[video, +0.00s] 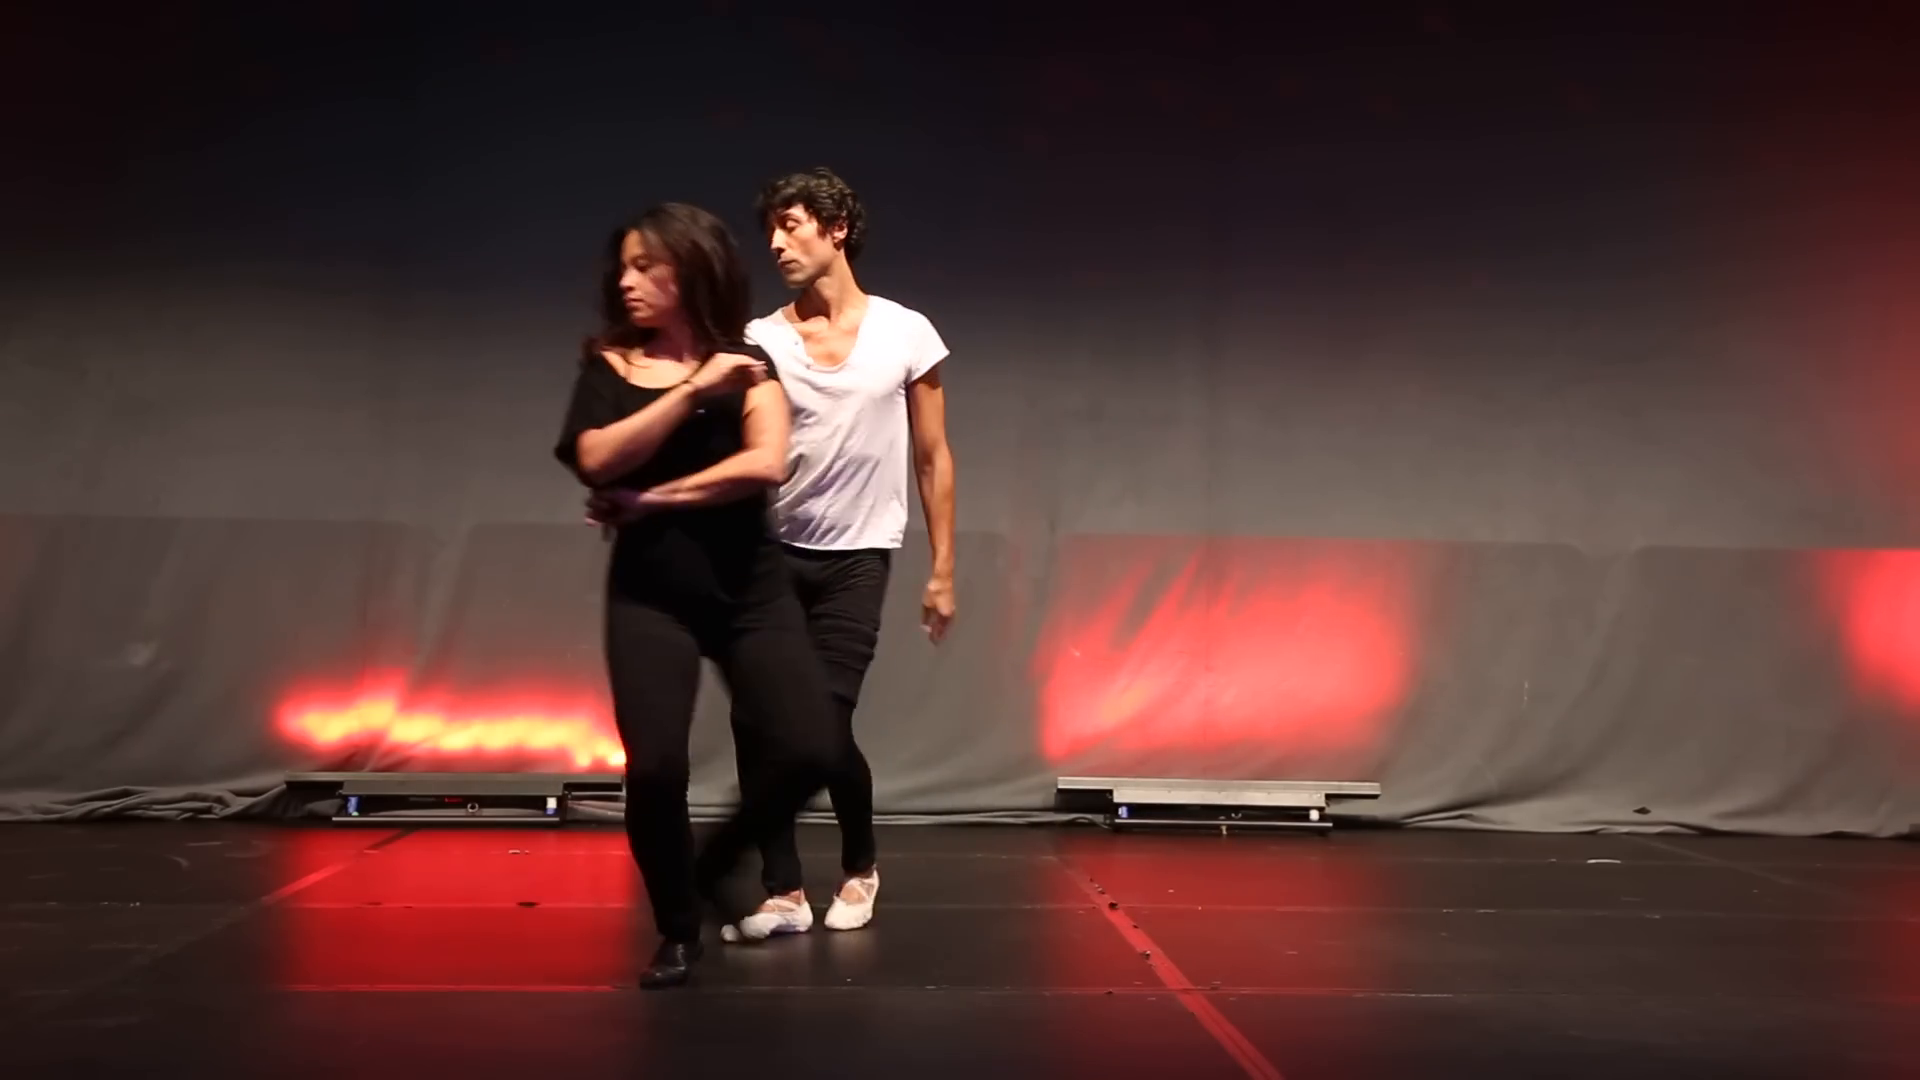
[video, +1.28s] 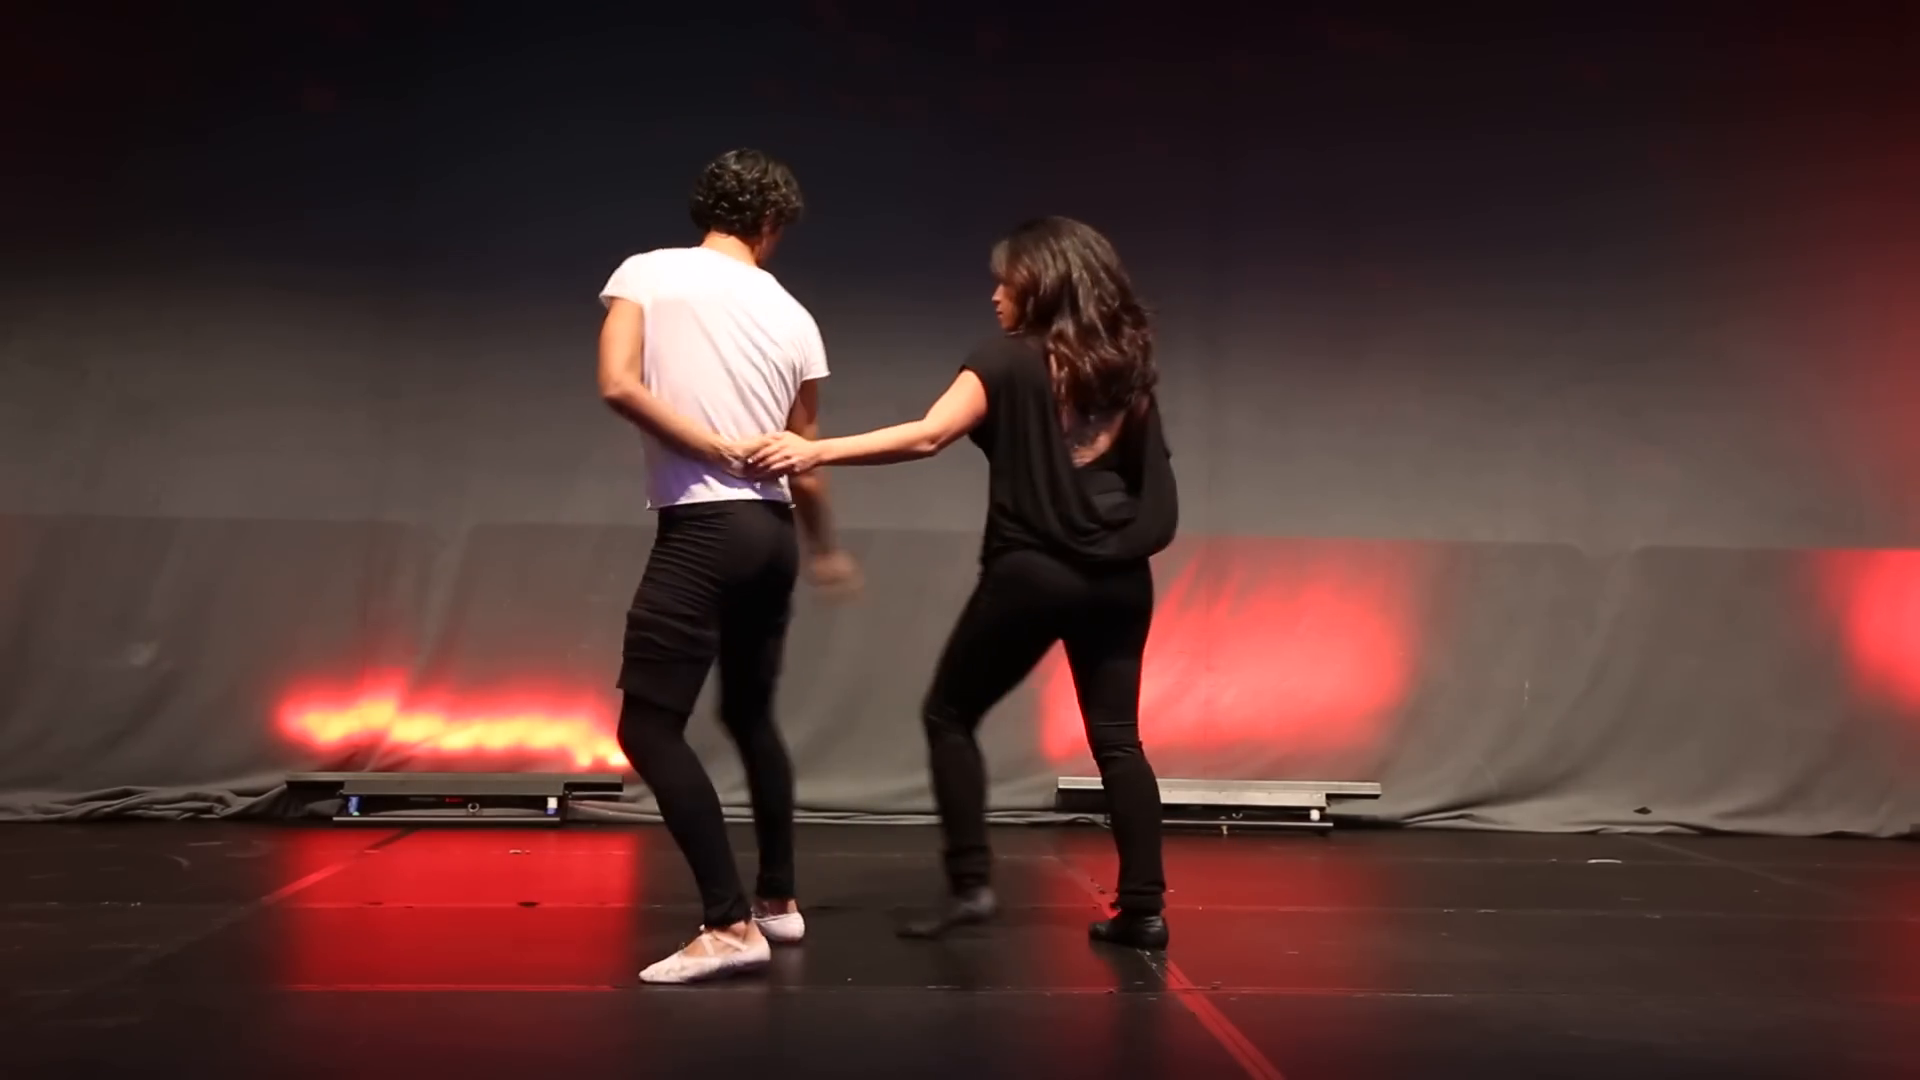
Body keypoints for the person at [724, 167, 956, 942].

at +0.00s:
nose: (778, 244)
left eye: (792, 228)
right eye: (773, 232)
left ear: (839, 232)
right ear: (777, 247)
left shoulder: (905, 332)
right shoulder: (761, 340)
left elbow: (934, 457)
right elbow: (736, 449)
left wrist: (942, 570)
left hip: (857, 560)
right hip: (772, 557)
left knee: (825, 727)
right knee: (761, 724)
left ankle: (859, 869)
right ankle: (783, 891)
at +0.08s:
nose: (774, 248)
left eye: (787, 232)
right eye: (769, 236)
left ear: (834, 234)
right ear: (770, 250)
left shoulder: (901, 332)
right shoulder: (763, 335)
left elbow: (934, 450)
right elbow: (727, 435)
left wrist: (938, 559)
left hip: (850, 554)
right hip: (761, 549)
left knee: (835, 720)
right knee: (747, 714)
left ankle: (851, 868)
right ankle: (777, 887)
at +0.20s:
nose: (776, 255)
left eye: (787, 238)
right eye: (767, 243)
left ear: (820, 237)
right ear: (765, 252)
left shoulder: (886, 332)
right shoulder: (738, 333)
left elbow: (924, 450)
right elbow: (690, 447)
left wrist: (920, 555)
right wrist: (758, 382)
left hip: (854, 556)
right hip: (760, 556)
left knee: (845, 729)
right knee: (711, 718)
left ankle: (850, 881)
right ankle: (753, 867)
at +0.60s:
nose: (703, 242)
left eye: (715, 225)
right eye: (699, 229)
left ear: (760, 222)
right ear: (723, 235)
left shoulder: (805, 302)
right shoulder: (729, 333)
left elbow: (849, 429)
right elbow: (713, 440)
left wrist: (875, 532)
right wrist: (711, 494)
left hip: (794, 538)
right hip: (748, 541)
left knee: (730, 714)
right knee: (724, 718)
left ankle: (847, 820)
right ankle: (782, 897)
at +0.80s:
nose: (704, 242)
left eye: (704, 231)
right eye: (705, 231)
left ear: (720, 228)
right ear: (777, 230)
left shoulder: (714, 286)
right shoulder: (823, 317)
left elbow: (741, 398)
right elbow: (819, 441)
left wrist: (817, 465)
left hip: (739, 534)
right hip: (796, 541)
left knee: (644, 683)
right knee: (742, 711)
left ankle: (788, 785)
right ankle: (779, 899)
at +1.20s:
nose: (789, 241)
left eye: (787, 228)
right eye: (790, 229)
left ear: (712, 216)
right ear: (776, 226)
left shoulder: (651, 279)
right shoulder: (805, 320)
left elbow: (613, 392)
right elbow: (838, 458)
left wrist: (715, 442)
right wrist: (887, 530)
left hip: (699, 526)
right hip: (781, 534)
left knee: (670, 723)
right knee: (772, 717)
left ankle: (737, 910)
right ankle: (781, 904)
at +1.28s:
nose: (781, 240)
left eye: (781, 229)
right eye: (783, 229)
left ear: (701, 212)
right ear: (770, 225)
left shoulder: (644, 273)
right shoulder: (795, 321)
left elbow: (618, 382)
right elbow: (803, 460)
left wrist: (717, 449)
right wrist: (823, 545)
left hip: (698, 532)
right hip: (773, 535)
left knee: (649, 727)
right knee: (751, 713)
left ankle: (728, 924)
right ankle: (779, 900)